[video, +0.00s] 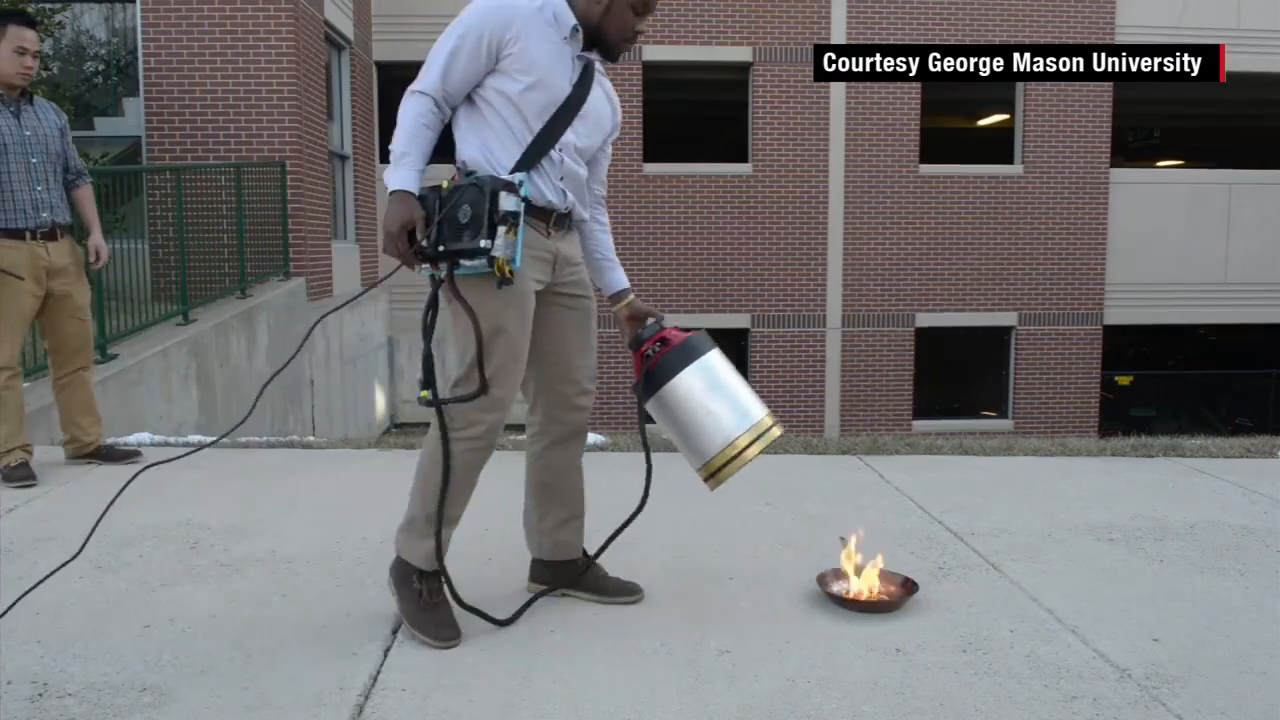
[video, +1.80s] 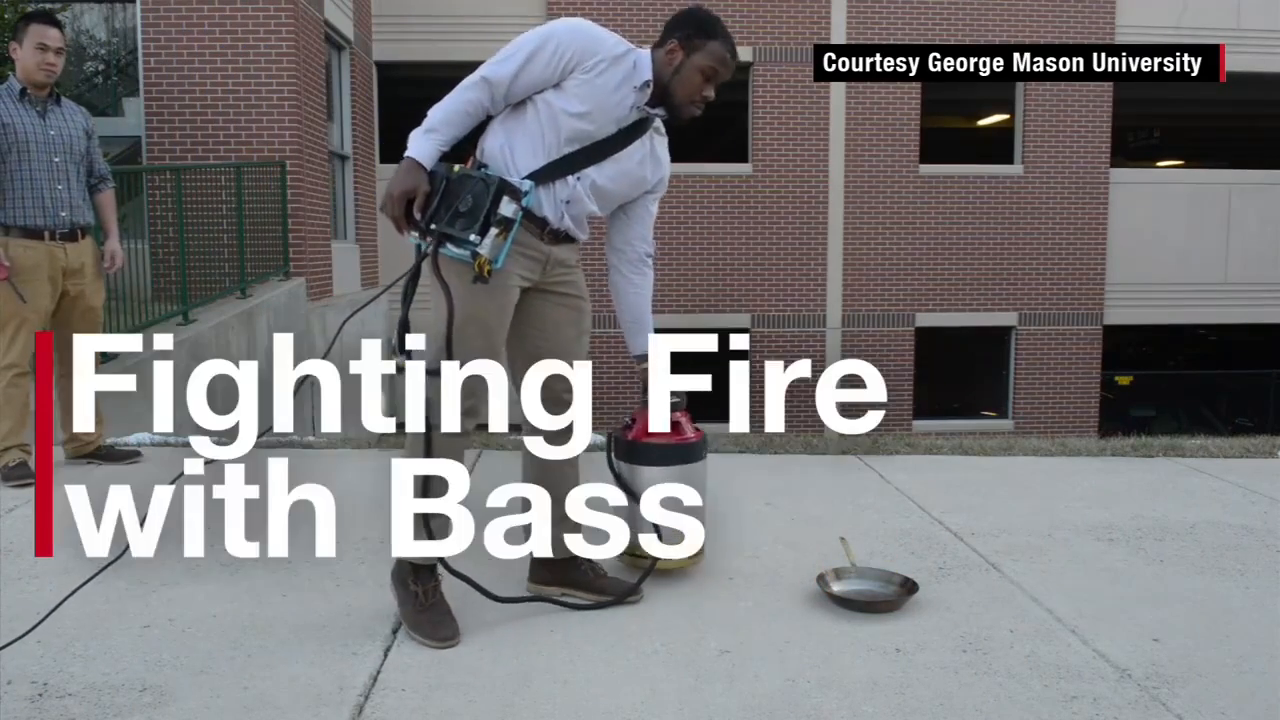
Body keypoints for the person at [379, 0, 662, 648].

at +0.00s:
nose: (644, 30)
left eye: (649, 18)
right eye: (640, 13)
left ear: (612, 11)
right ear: (604, 1)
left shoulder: (604, 100)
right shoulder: (505, 17)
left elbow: (590, 208)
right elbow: (428, 96)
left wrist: (620, 295)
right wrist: (402, 191)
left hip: (566, 249)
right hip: (492, 234)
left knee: (564, 406)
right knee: (477, 405)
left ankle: (558, 557)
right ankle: (417, 565)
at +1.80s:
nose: (709, 97)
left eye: (718, 88)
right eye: (708, 79)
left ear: (688, 69)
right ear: (672, 51)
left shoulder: (652, 160)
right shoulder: (584, 45)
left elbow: (634, 262)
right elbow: (486, 88)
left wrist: (650, 356)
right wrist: (417, 158)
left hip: (559, 258)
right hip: (485, 232)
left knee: (559, 411)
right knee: (462, 409)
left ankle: (554, 557)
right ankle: (417, 564)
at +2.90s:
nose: (638, 18)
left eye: (645, 9)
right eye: (626, 4)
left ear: (646, 18)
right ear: (587, 3)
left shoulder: (622, 111)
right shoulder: (516, 33)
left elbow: (616, 213)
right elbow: (431, 99)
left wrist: (622, 297)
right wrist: (388, 185)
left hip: (549, 250)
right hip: (474, 239)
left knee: (551, 407)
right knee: (445, 404)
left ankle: (554, 556)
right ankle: (392, 551)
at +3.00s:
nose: (611, 9)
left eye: (615, 3)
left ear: (613, 17)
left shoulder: (605, 103)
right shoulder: (490, 32)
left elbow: (601, 203)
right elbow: (410, 108)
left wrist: (608, 287)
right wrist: (374, 195)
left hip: (542, 252)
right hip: (464, 243)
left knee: (548, 408)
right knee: (442, 409)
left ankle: (555, 554)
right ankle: (386, 555)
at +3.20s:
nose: (527, 0)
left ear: (534, 6)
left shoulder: (542, 83)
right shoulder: (412, 36)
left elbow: (546, 185)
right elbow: (346, 124)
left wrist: (560, 266)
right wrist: (329, 212)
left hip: (514, 251)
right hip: (427, 248)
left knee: (532, 410)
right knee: (411, 414)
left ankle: (555, 553)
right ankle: (383, 562)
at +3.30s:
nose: (497, 1)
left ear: (505, 3)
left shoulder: (513, 77)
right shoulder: (382, 36)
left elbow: (517, 178)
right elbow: (319, 127)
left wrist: (536, 260)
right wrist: (307, 219)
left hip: (490, 250)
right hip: (407, 248)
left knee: (520, 406)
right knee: (397, 414)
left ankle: (552, 553)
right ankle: (383, 562)